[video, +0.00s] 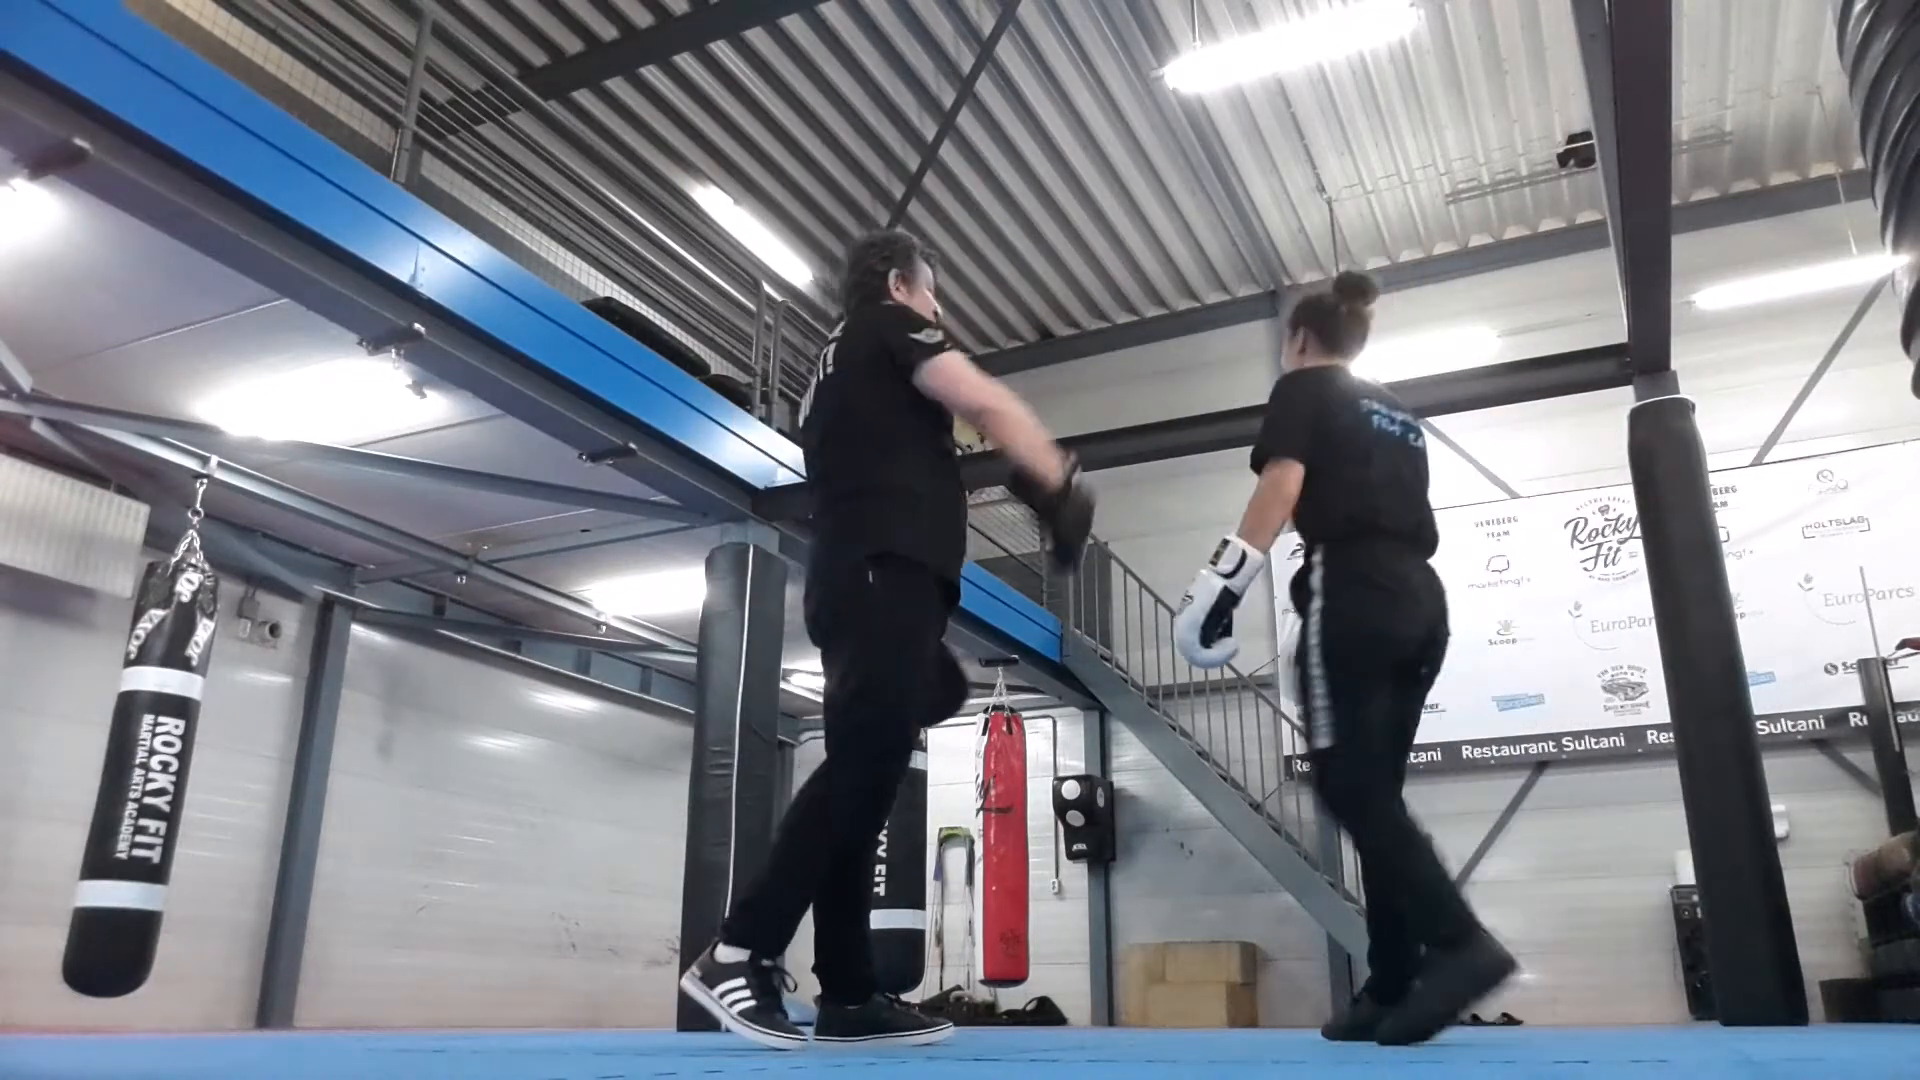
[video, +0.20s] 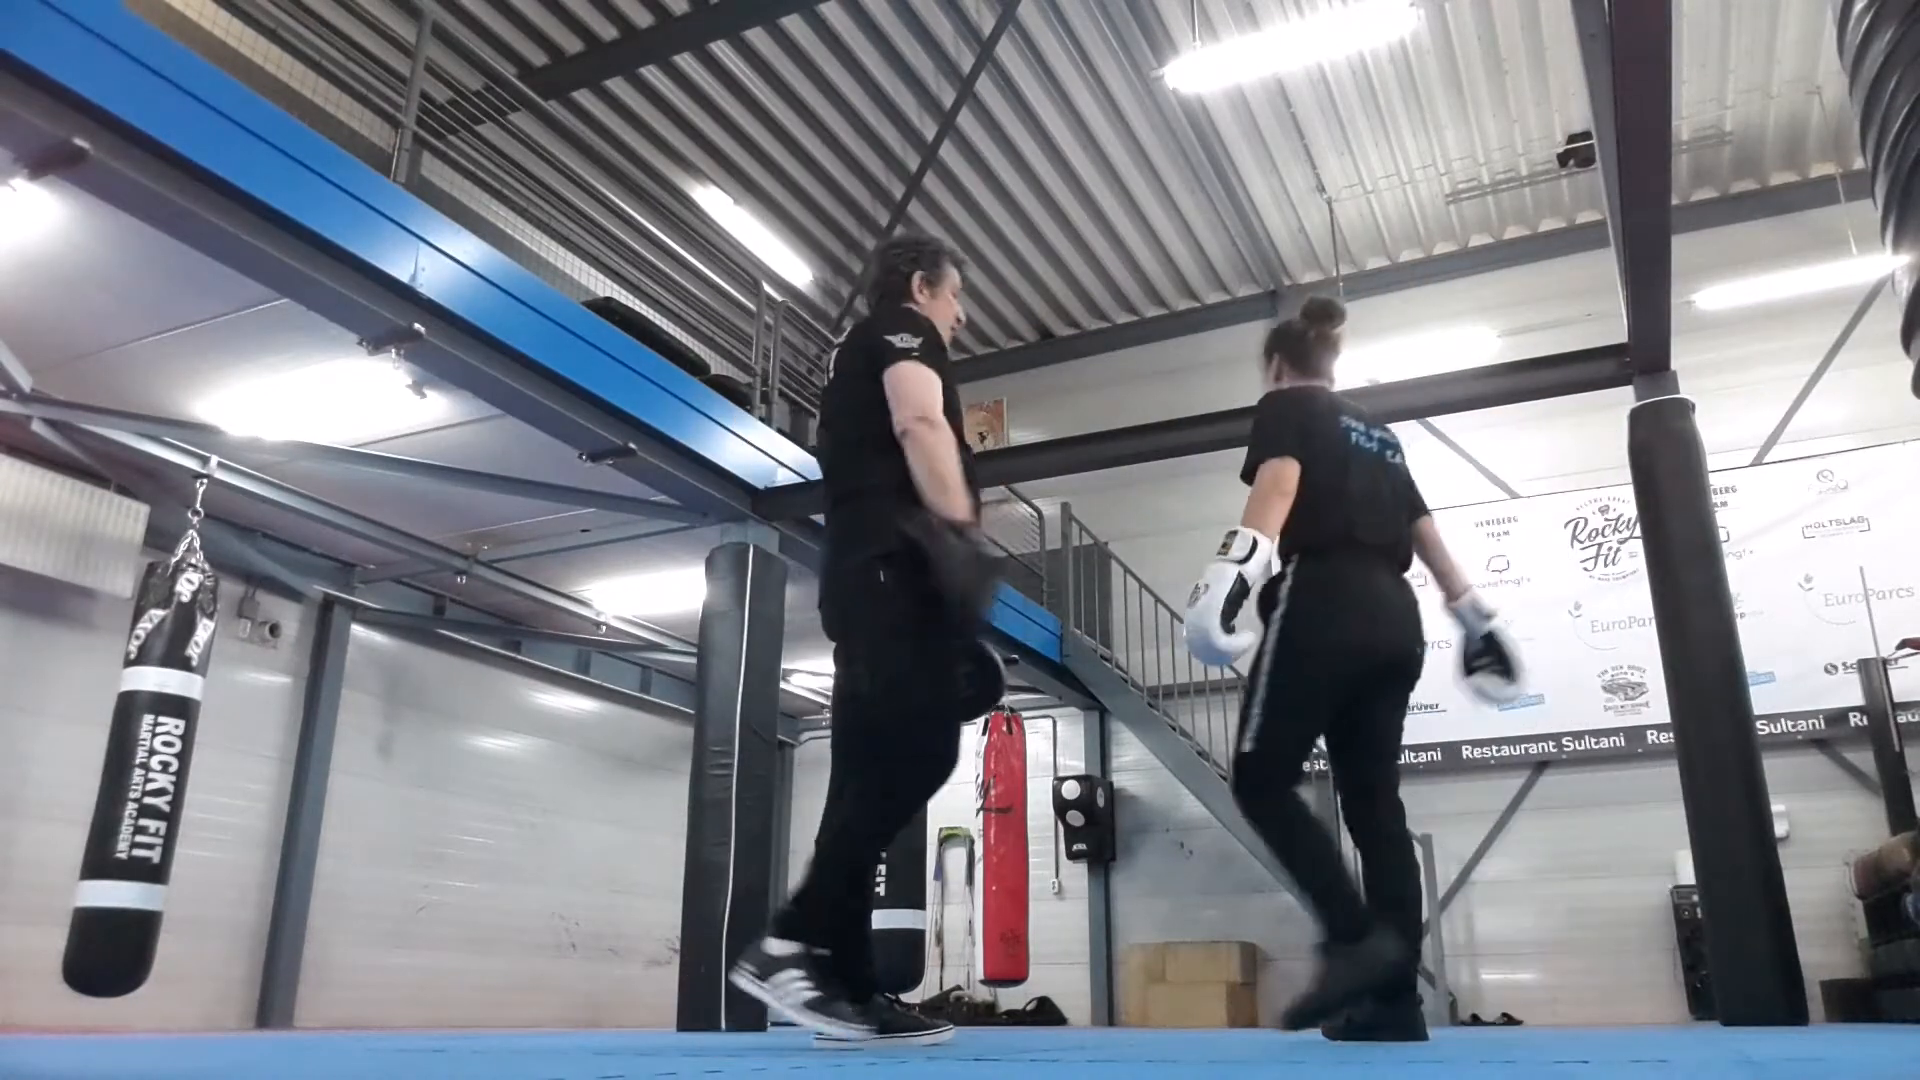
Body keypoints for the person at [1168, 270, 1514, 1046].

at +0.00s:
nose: (1283, 351)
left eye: (1284, 342)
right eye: (1285, 343)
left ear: (1299, 338)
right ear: (1354, 344)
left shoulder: (1302, 388)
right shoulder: (1393, 411)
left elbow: (1281, 485)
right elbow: (1404, 519)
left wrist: (1224, 576)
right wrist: (1329, 568)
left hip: (1350, 592)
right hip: (1418, 592)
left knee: (1347, 784)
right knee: (1376, 791)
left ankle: (1460, 947)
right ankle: (1392, 984)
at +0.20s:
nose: (1267, 381)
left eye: (1266, 372)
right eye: (1270, 372)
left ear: (1278, 366)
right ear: (1331, 365)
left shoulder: (1285, 407)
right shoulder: (1380, 437)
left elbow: (1279, 480)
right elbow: (1425, 535)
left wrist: (1231, 571)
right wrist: (1473, 616)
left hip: (1320, 610)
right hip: (1395, 617)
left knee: (1260, 780)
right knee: (1374, 802)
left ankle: (1353, 940)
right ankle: (1393, 1001)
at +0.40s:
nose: (1238, 408)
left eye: (1239, 400)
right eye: (1239, 401)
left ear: (1251, 393)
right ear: (1308, 394)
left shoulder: (1255, 430)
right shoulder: (1355, 455)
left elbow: (1247, 489)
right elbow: (1426, 532)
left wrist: (1216, 555)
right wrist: (1504, 591)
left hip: (1291, 630)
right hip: (1370, 634)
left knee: (1251, 806)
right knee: (1370, 814)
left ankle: (1229, 993)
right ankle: (1394, 999)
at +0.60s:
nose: (1189, 435)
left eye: (1193, 422)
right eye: (1191, 423)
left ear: (1216, 418)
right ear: (1256, 421)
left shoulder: (1210, 468)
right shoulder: (1315, 475)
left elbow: (1187, 533)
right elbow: (1365, 565)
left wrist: (1144, 583)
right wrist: (1409, 633)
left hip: (1253, 656)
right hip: (1334, 652)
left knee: (1232, 824)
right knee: (1344, 822)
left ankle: (1226, 1004)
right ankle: (1392, 997)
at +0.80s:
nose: (1150, 433)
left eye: (1159, 420)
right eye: (1151, 420)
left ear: (1197, 421)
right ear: (1212, 425)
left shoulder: (1179, 478)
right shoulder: (1270, 481)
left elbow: (1147, 576)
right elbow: (1299, 590)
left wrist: (1110, 659)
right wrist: (1290, 658)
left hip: (1210, 660)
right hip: (1281, 660)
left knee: (1210, 834)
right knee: (1270, 828)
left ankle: (1222, 1004)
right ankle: (1347, 927)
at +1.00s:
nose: (1148, 430)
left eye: (1155, 420)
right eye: (1152, 419)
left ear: (1171, 425)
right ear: (1207, 426)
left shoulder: (1163, 492)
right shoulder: (1235, 493)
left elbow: (1151, 591)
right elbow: (1253, 592)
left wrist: (1135, 653)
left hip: (1196, 661)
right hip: (1250, 658)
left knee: (1194, 825)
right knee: (1199, 821)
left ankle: (1223, 999)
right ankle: (1266, 972)